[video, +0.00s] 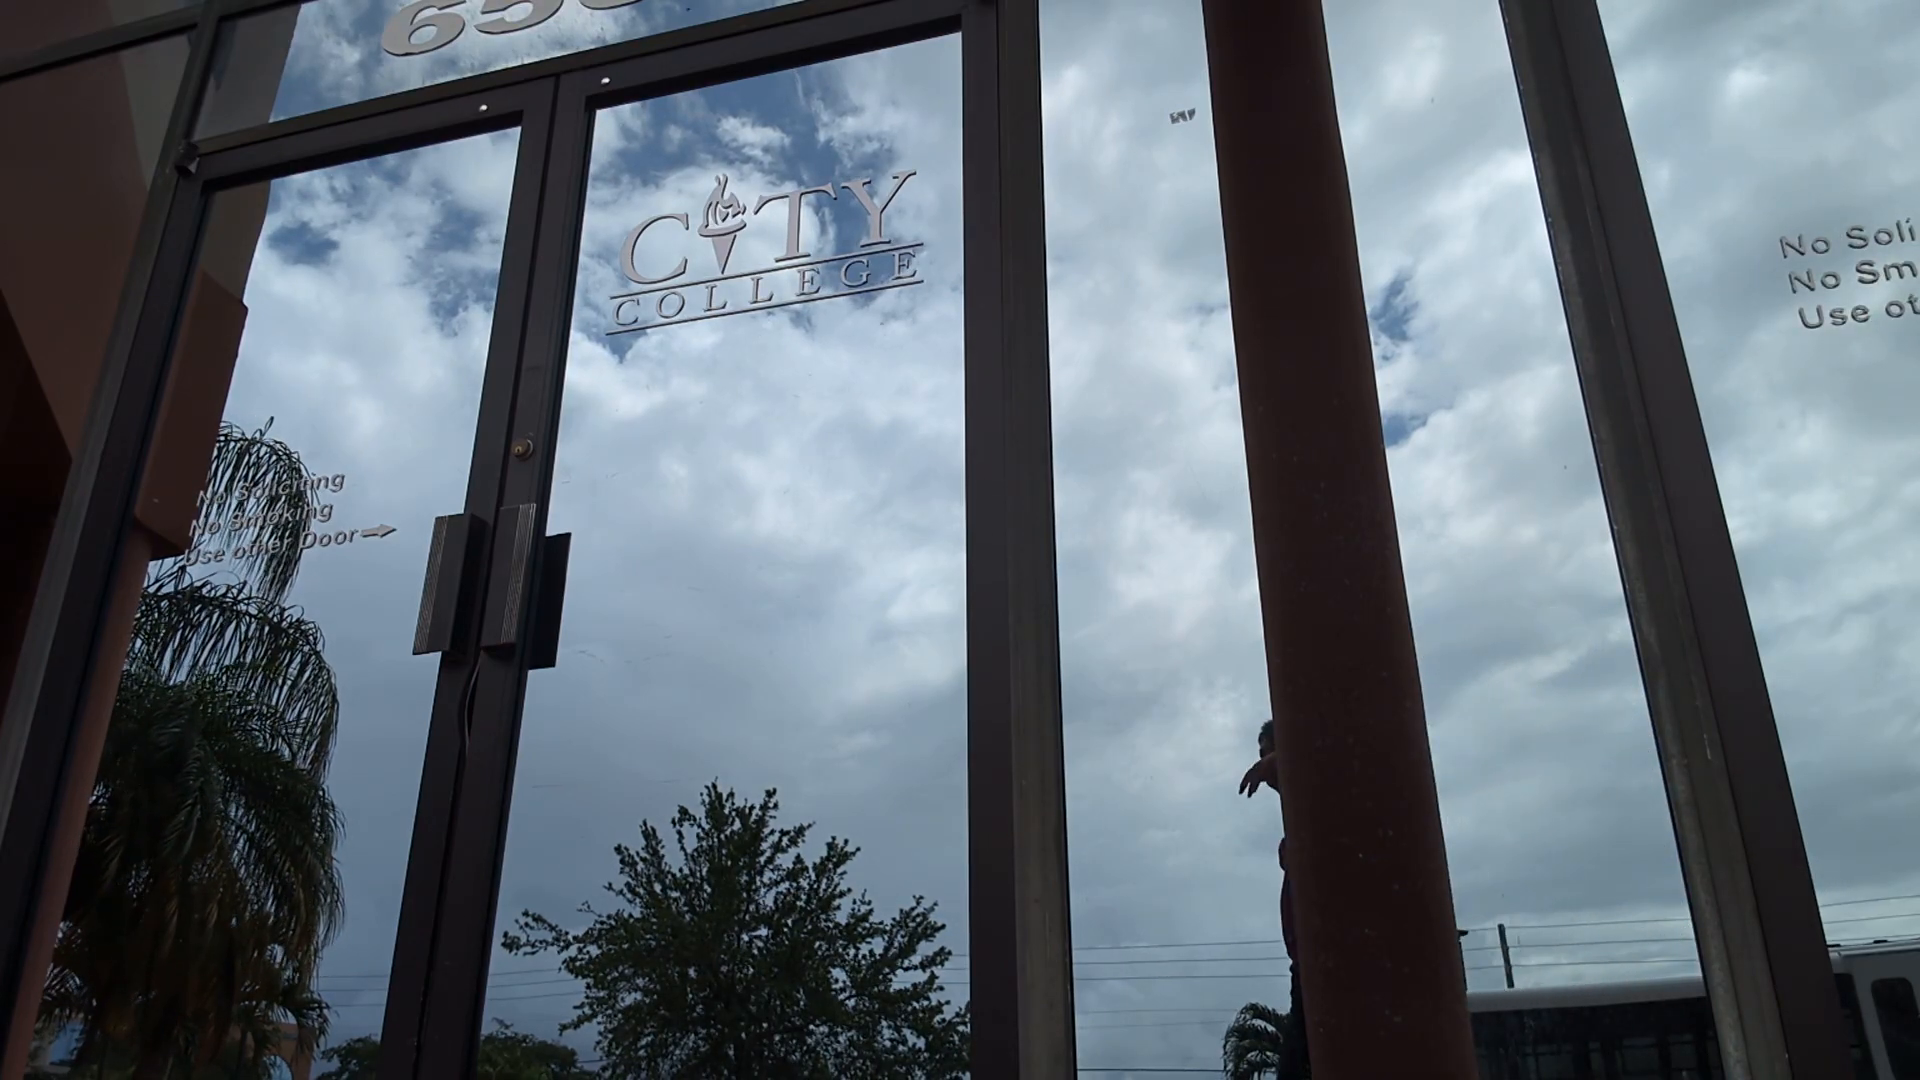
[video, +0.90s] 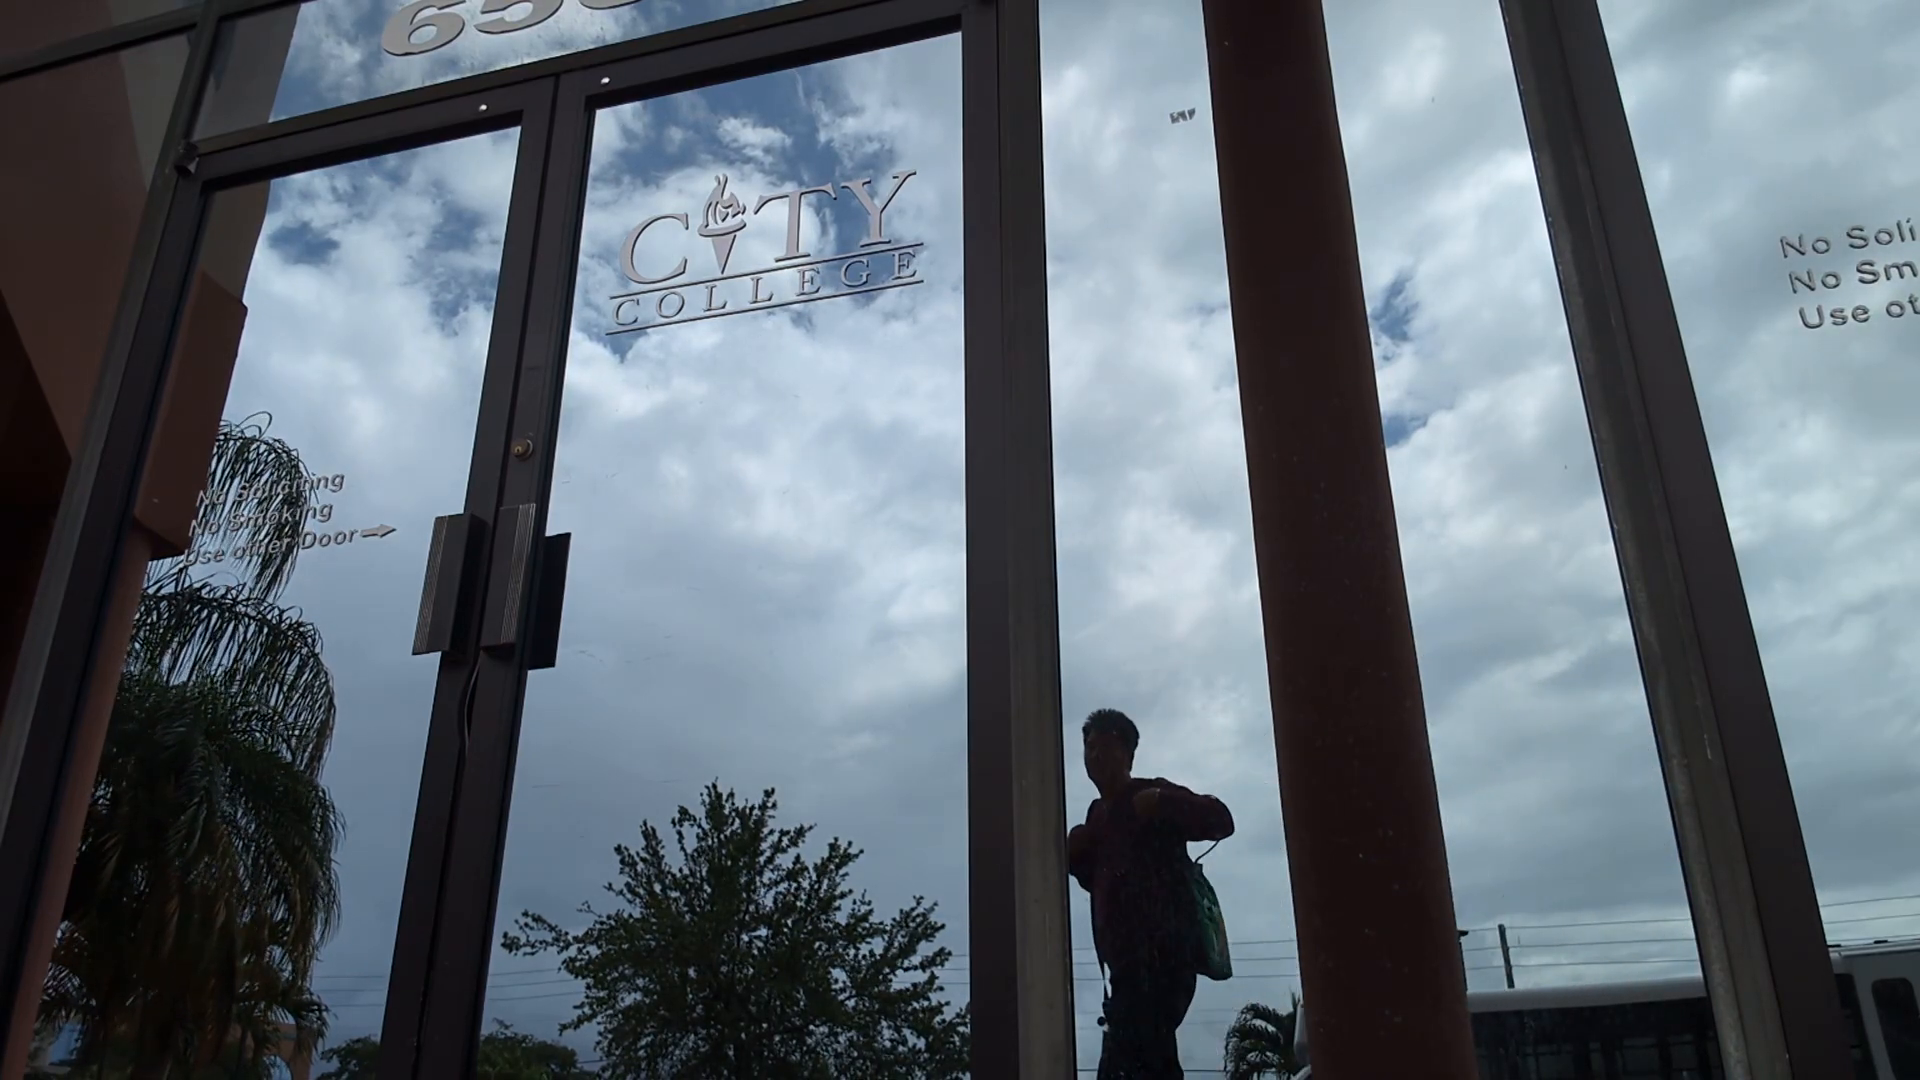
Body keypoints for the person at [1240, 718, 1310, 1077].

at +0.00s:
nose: (1262, 760)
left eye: (1266, 751)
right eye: (1261, 752)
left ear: (1283, 749)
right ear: (1269, 754)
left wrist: (1269, 768)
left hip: (1313, 962)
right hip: (1303, 961)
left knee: (1298, 1055)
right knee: (1297, 1054)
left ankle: (1295, 1068)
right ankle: (1293, 1067)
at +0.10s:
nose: (1246, 768)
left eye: (1254, 756)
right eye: (1244, 758)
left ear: (1276, 757)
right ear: (1246, 764)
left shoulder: (1290, 809)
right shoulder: (1275, 816)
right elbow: (1269, 861)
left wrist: (1272, 788)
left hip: (1299, 965)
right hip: (1283, 965)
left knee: (1293, 1058)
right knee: (1285, 1058)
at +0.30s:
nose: (1203, 766)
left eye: (1210, 756)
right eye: (1201, 758)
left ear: (1237, 757)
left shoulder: (1263, 798)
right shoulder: (1234, 813)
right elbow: (1235, 886)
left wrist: (1217, 857)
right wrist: (1214, 861)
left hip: (1267, 959)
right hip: (1240, 961)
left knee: (1259, 1061)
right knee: (1243, 1061)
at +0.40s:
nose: (1180, 766)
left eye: (1187, 755)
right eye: (1179, 758)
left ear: (1216, 756)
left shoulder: (1237, 796)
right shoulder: (1210, 817)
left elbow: (1286, 804)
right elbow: (1215, 881)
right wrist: (1187, 864)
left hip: (1250, 962)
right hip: (1225, 962)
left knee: (1235, 1065)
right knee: (1227, 1064)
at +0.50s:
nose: (1164, 765)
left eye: (1174, 755)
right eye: (1161, 757)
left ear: (1202, 758)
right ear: (1158, 763)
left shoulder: (1223, 801)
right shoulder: (1184, 821)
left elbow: (1282, 808)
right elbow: (1193, 887)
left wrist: (1222, 786)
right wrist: (1162, 868)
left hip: (1236, 967)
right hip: (1208, 967)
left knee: (1185, 1066)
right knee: (1231, 1069)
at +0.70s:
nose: (1128, 766)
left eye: (1138, 756)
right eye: (1124, 757)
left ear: (1164, 759)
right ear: (1121, 763)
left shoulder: (1191, 800)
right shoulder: (1139, 822)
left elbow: (1259, 819)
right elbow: (1142, 890)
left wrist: (1200, 801)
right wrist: (1116, 862)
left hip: (1207, 971)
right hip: (1169, 973)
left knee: (1147, 1066)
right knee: (1210, 1072)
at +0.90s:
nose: (1093, 756)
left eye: (1103, 747)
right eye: (1088, 748)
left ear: (1127, 752)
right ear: (1084, 754)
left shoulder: (1155, 793)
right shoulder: (1095, 815)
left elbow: (1221, 821)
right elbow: (1099, 883)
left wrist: (1163, 802)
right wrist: (1073, 854)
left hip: (1167, 958)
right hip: (1125, 960)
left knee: (1121, 1061)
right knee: (1154, 1062)